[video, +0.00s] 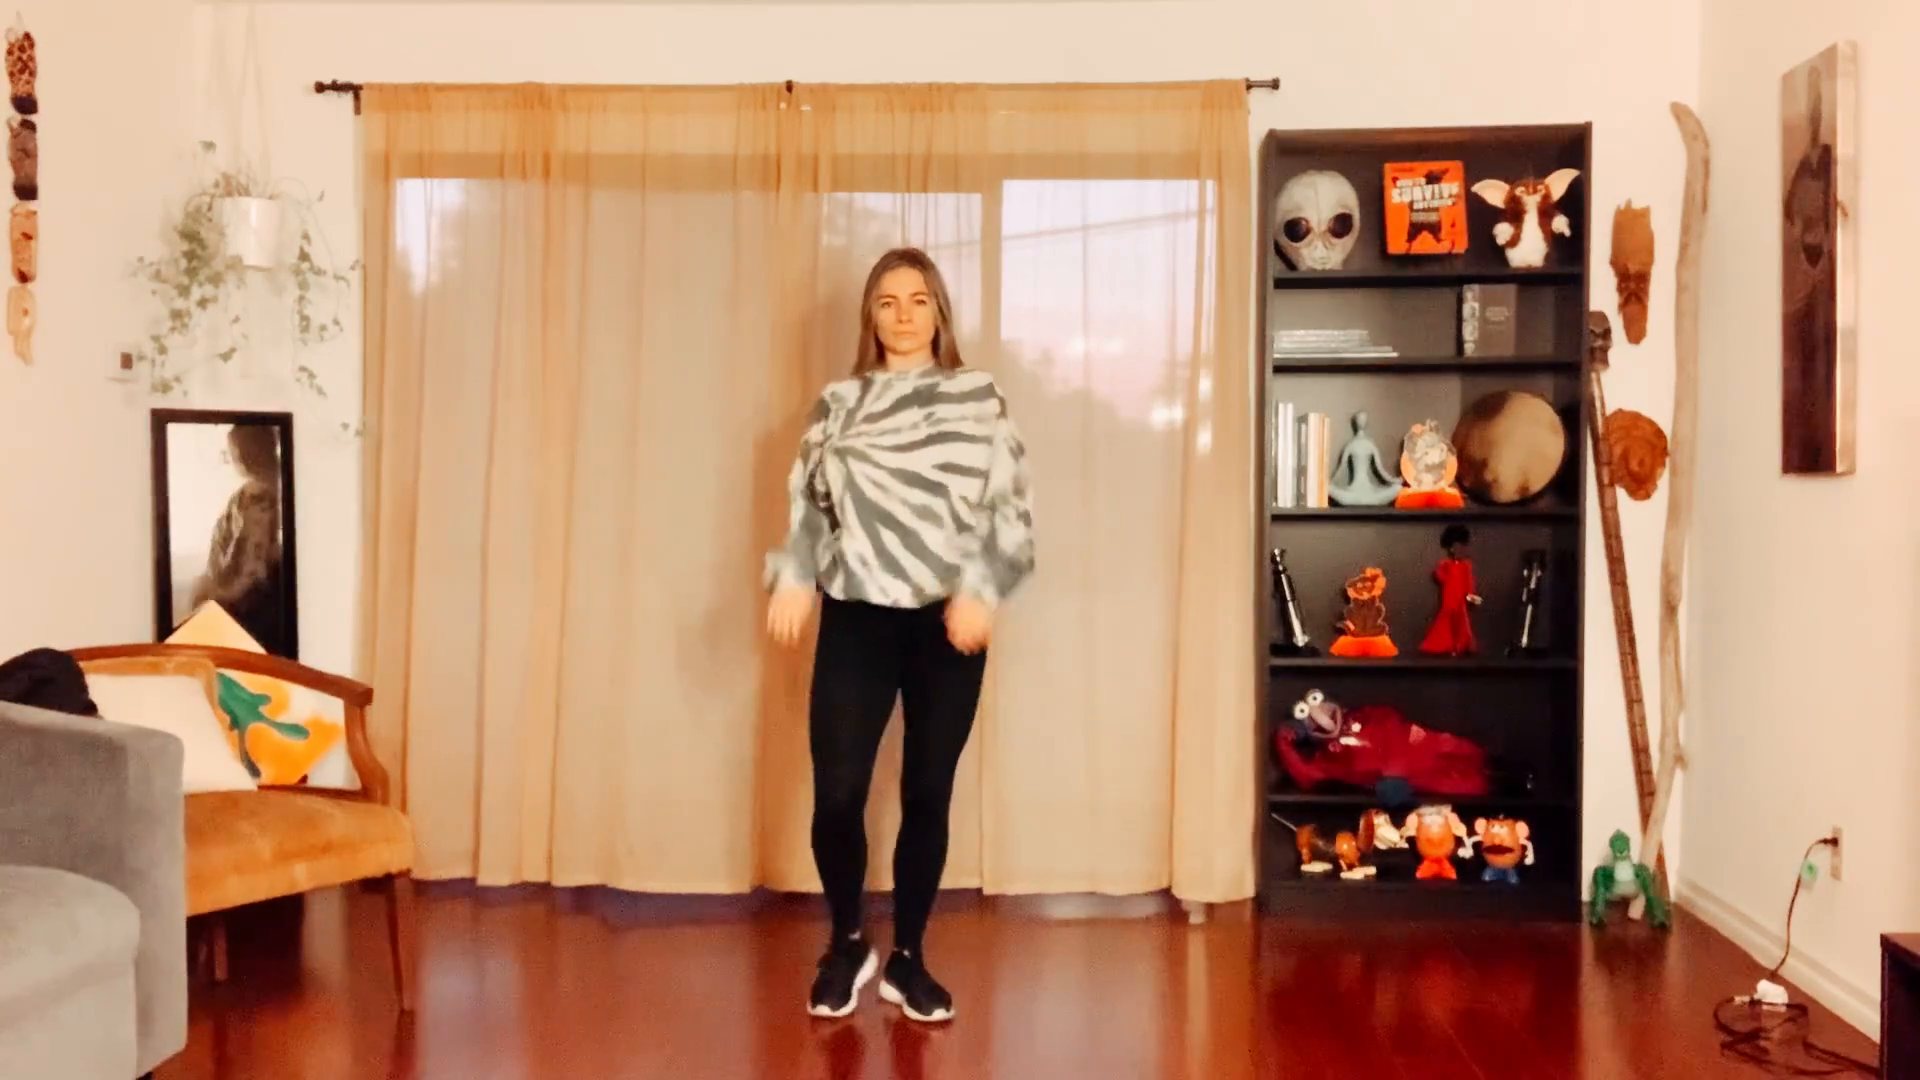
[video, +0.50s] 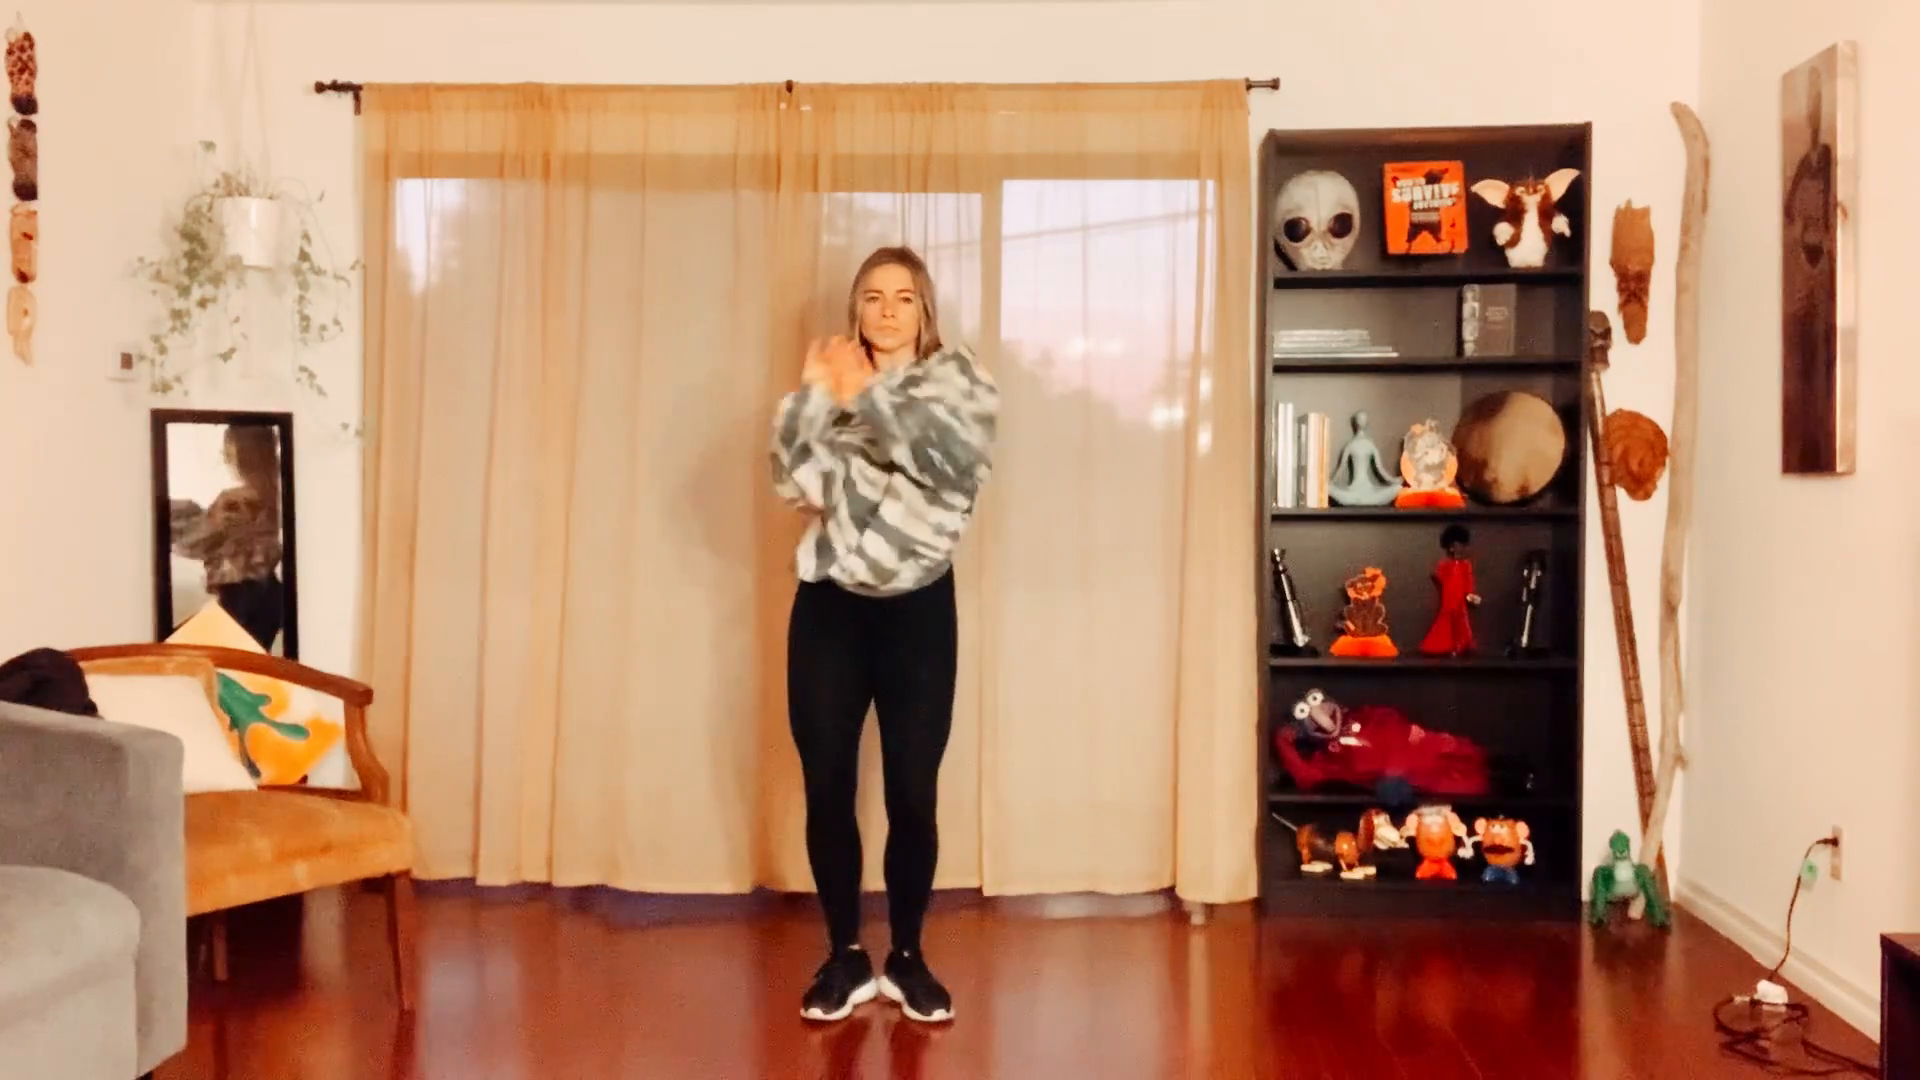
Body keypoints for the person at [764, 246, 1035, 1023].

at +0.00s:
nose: (902, 312)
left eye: (917, 300)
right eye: (887, 301)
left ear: (939, 311)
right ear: (870, 314)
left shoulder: (978, 398)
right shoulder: (841, 401)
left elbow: (1011, 513)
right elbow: (809, 501)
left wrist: (984, 590)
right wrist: (795, 574)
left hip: (947, 623)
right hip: (855, 618)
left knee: (926, 796)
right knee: (836, 796)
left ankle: (906, 959)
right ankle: (845, 944)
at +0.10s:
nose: (902, 312)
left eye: (917, 300)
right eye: (887, 301)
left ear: (939, 310)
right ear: (871, 314)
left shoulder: (978, 397)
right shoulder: (841, 402)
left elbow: (1006, 505)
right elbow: (797, 480)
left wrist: (952, 531)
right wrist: (800, 508)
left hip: (940, 617)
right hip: (848, 615)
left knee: (922, 795)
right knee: (833, 795)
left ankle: (906, 959)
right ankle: (847, 954)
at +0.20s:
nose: (899, 310)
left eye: (915, 298)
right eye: (885, 299)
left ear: (936, 310)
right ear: (868, 313)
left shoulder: (969, 393)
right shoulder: (838, 402)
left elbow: (1005, 484)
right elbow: (790, 492)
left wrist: (918, 464)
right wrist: (821, 448)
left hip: (932, 613)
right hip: (841, 613)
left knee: (918, 794)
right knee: (828, 792)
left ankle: (906, 960)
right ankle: (845, 956)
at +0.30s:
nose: (895, 311)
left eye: (911, 299)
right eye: (880, 300)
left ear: (933, 311)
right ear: (863, 313)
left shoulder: (964, 393)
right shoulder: (836, 401)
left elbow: (992, 492)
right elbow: (791, 496)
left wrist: (902, 426)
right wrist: (848, 424)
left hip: (925, 614)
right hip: (833, 613)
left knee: (916, 797)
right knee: (828, 794)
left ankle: (907, 959)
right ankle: (845, 957)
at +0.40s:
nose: (890, 310)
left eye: (906, 299)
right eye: (876, 298)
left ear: (929, 312)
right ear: (857, 311)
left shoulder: (960, 388)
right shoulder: (833, 398)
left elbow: (977, 488)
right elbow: (786, 500)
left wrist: (893, 411)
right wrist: (845, 412)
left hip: (920, 611)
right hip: (829, 610)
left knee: (913, 797)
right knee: (827, 793)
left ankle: (906, 959)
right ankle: (845, 957)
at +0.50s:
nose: (887, 309)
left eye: (902, 298)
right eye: (873, 298)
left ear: (926, 310)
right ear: (855, 312)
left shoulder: (959, 382)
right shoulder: (835, 386)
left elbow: (956, 473)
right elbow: (793, 478)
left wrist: (868, 398)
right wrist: (813, 392)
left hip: (918, 610)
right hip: (828, 608)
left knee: (912, 796)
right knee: (829, 792)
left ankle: (906, 958)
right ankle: (846, 958)